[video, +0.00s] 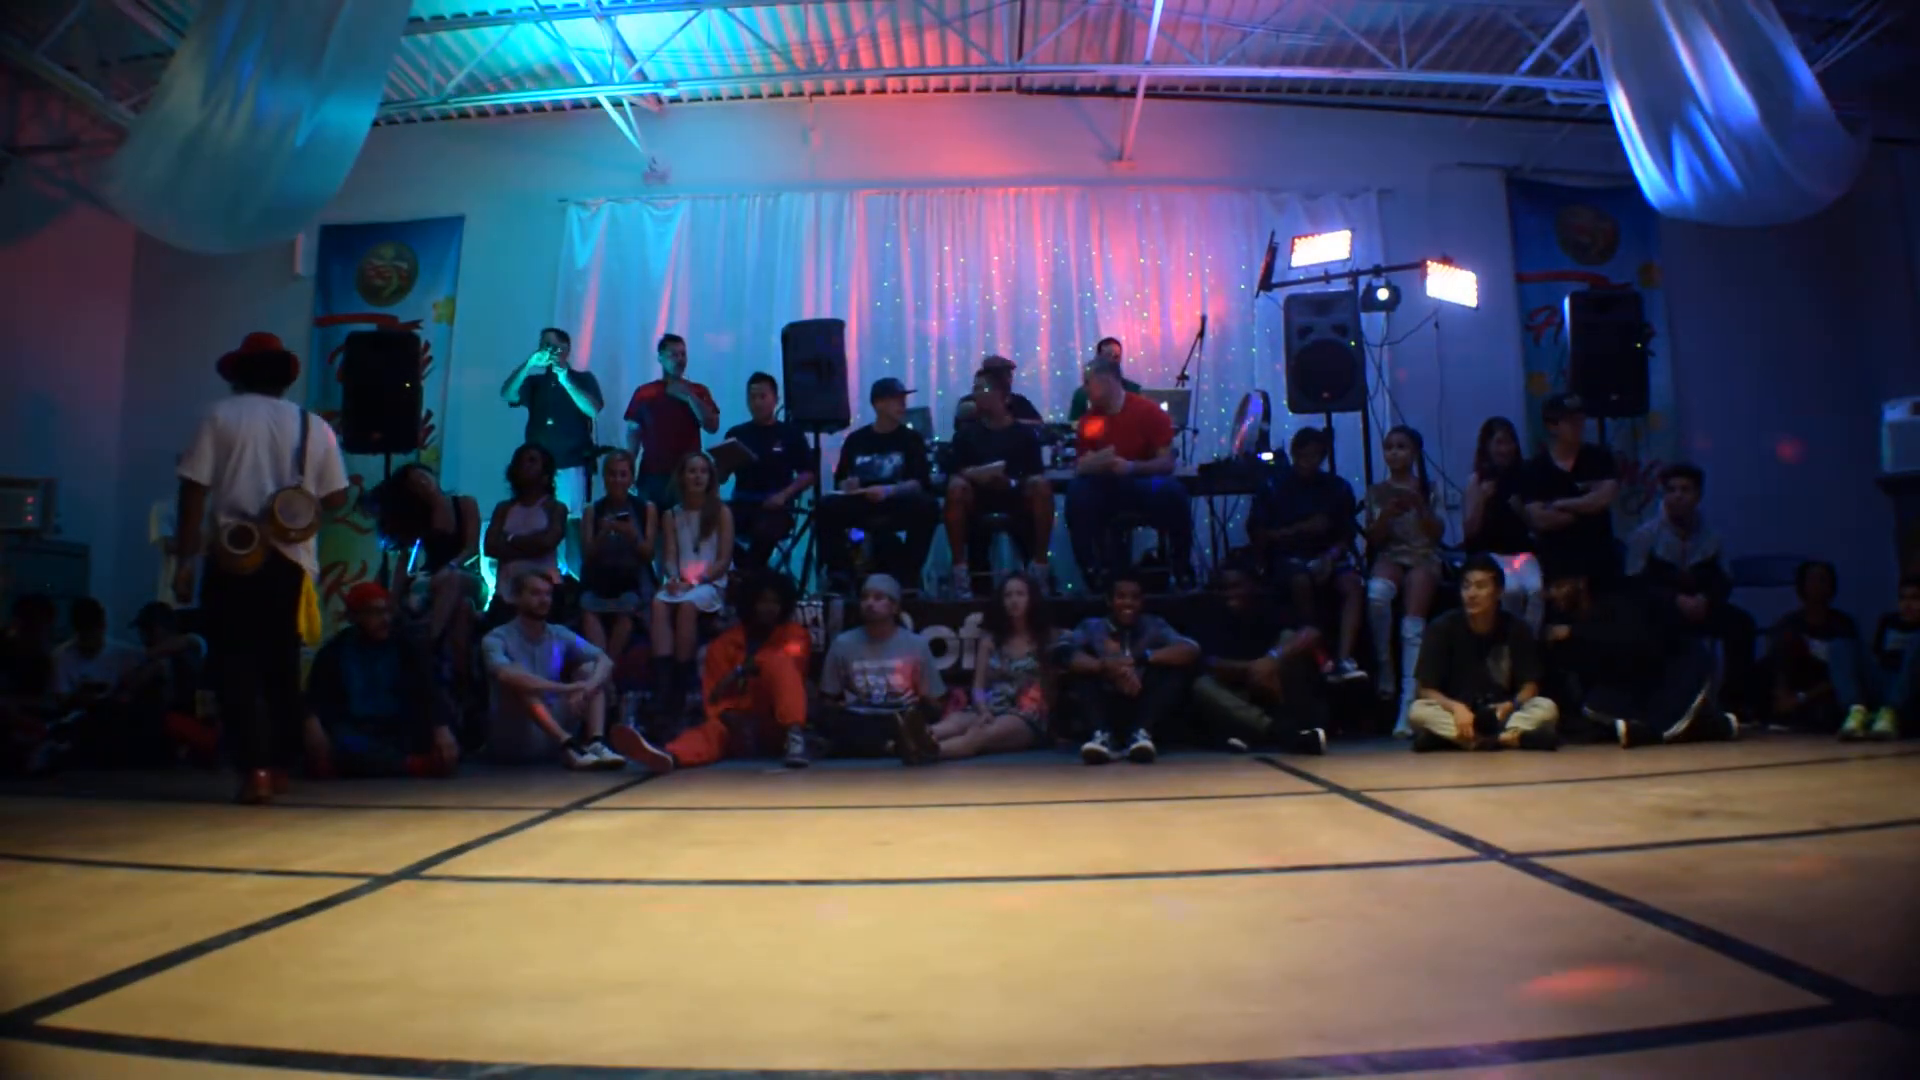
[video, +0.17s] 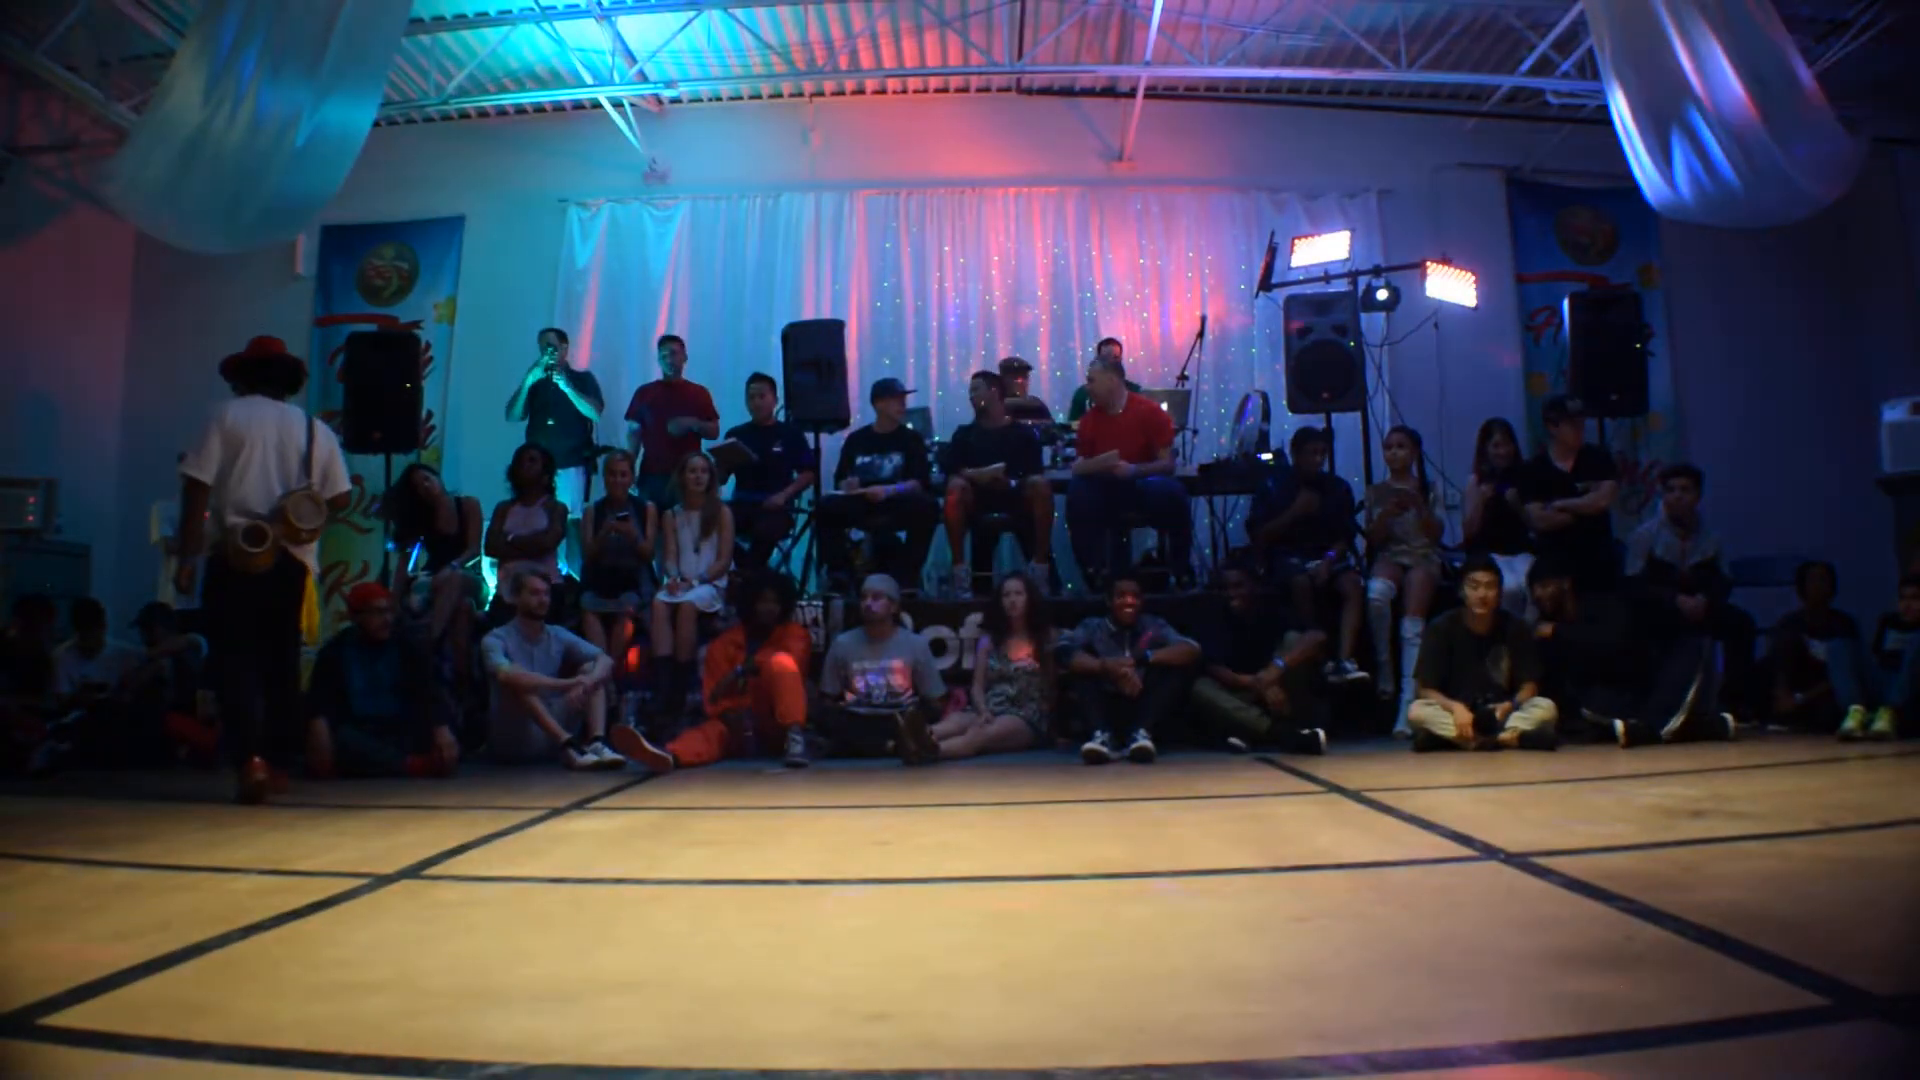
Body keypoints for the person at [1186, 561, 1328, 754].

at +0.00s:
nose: (1232, 594)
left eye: (1237, 586)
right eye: (1226, 588)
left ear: (1251, 587)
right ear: (1219, 592)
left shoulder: (1270, 615)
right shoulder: (1217, 623)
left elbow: (1311, 633)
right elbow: (1207, 661)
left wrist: (1273, 661)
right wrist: (1255, 671)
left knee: (1289, 637)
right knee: (1203, 686)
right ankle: (1275, 732)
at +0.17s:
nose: (1232, 593)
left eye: (1238, 586)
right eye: (1227, 588)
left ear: (1253, 586)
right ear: (1221, 591)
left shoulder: (1273, 614)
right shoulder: (1219, 623)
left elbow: (1317, 637)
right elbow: (1214, 668)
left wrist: (1276, 670)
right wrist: (1261, 685)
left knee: (1294, 639)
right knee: (1202, 688)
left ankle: (1250, 734)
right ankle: (1280, 733)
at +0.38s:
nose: (1232, 592)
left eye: (1238, 585)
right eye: (1227, 587)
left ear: (1253, 585)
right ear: (1221, 590)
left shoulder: (1272, 613)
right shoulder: (1218, 622)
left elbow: (1316, 634)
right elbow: (1215, 670)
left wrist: (1280, 673)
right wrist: (1262, 687)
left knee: (1299, 641)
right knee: (1201, 691)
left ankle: (1250, 734)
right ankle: (1281, 735)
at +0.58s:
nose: (1234, 593)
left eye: (1240, 585)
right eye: (1227, 587)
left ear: (1252, 586)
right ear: (1219, 592)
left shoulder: (1271, 614)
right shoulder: (1216, 626)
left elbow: (1315, 632)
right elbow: (1214, 673)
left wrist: (1283, 681)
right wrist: (1264, 692)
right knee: (1200, 693)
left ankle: (1250, 734)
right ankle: (1277, 734)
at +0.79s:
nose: (1231, 593)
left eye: (1237, 584)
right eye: (1224, 587)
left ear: (1251, 585)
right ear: (1218, 592)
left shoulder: (1270, 612)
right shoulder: (1217, 624)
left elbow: (1312, 631)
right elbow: (1215, 673)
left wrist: (1283, 680)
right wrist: (1269, 693)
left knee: (1305, 637)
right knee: (1199, 693)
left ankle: (1250, 734)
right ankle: (1281, 735)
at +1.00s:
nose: (1232, 592)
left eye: (1237, 584)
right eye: (1225, 587)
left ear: (1249, 585)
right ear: (1217, 593)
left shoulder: (1267, 613)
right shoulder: (1214, 626)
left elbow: (1311, 629)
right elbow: (1215, 677)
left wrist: (1281, 677)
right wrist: (1268, 690)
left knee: (1298, 639)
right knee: (1198, 694)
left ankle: (1249, 734)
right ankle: (1278, 734)